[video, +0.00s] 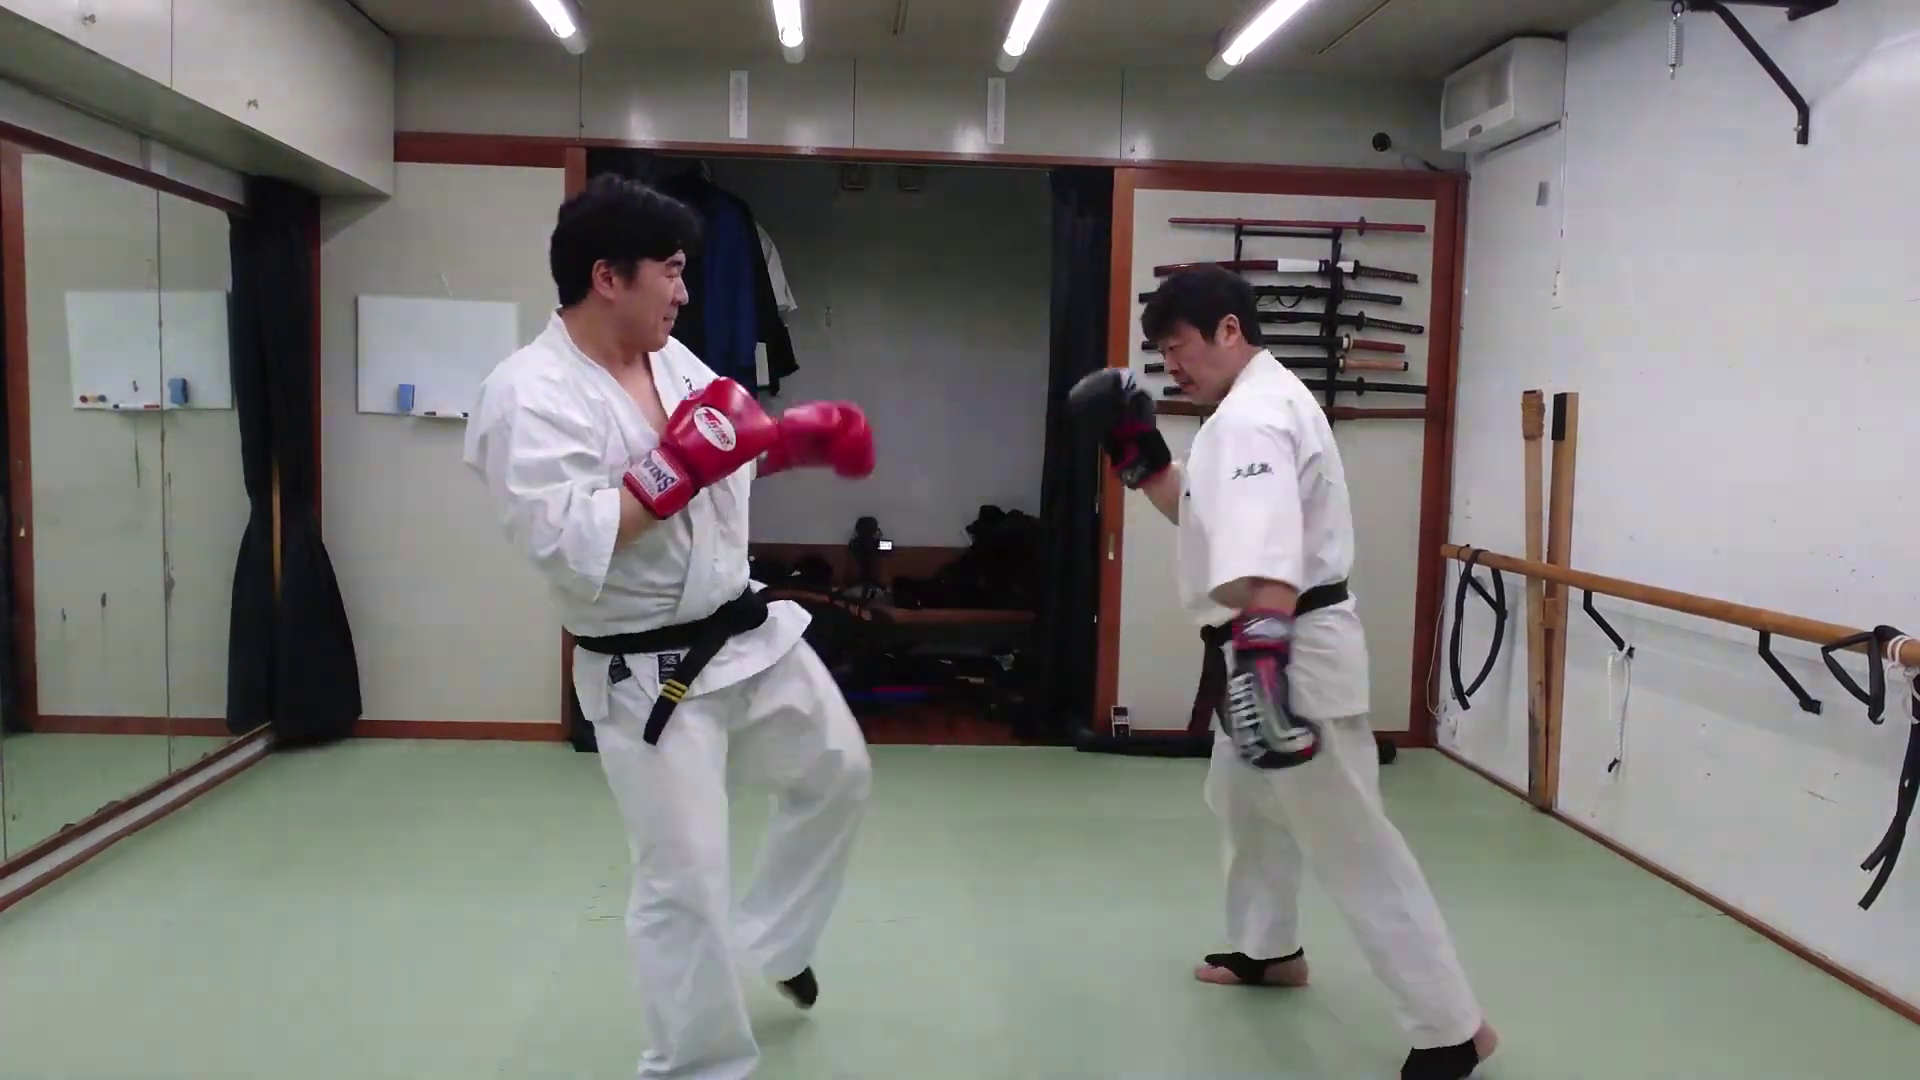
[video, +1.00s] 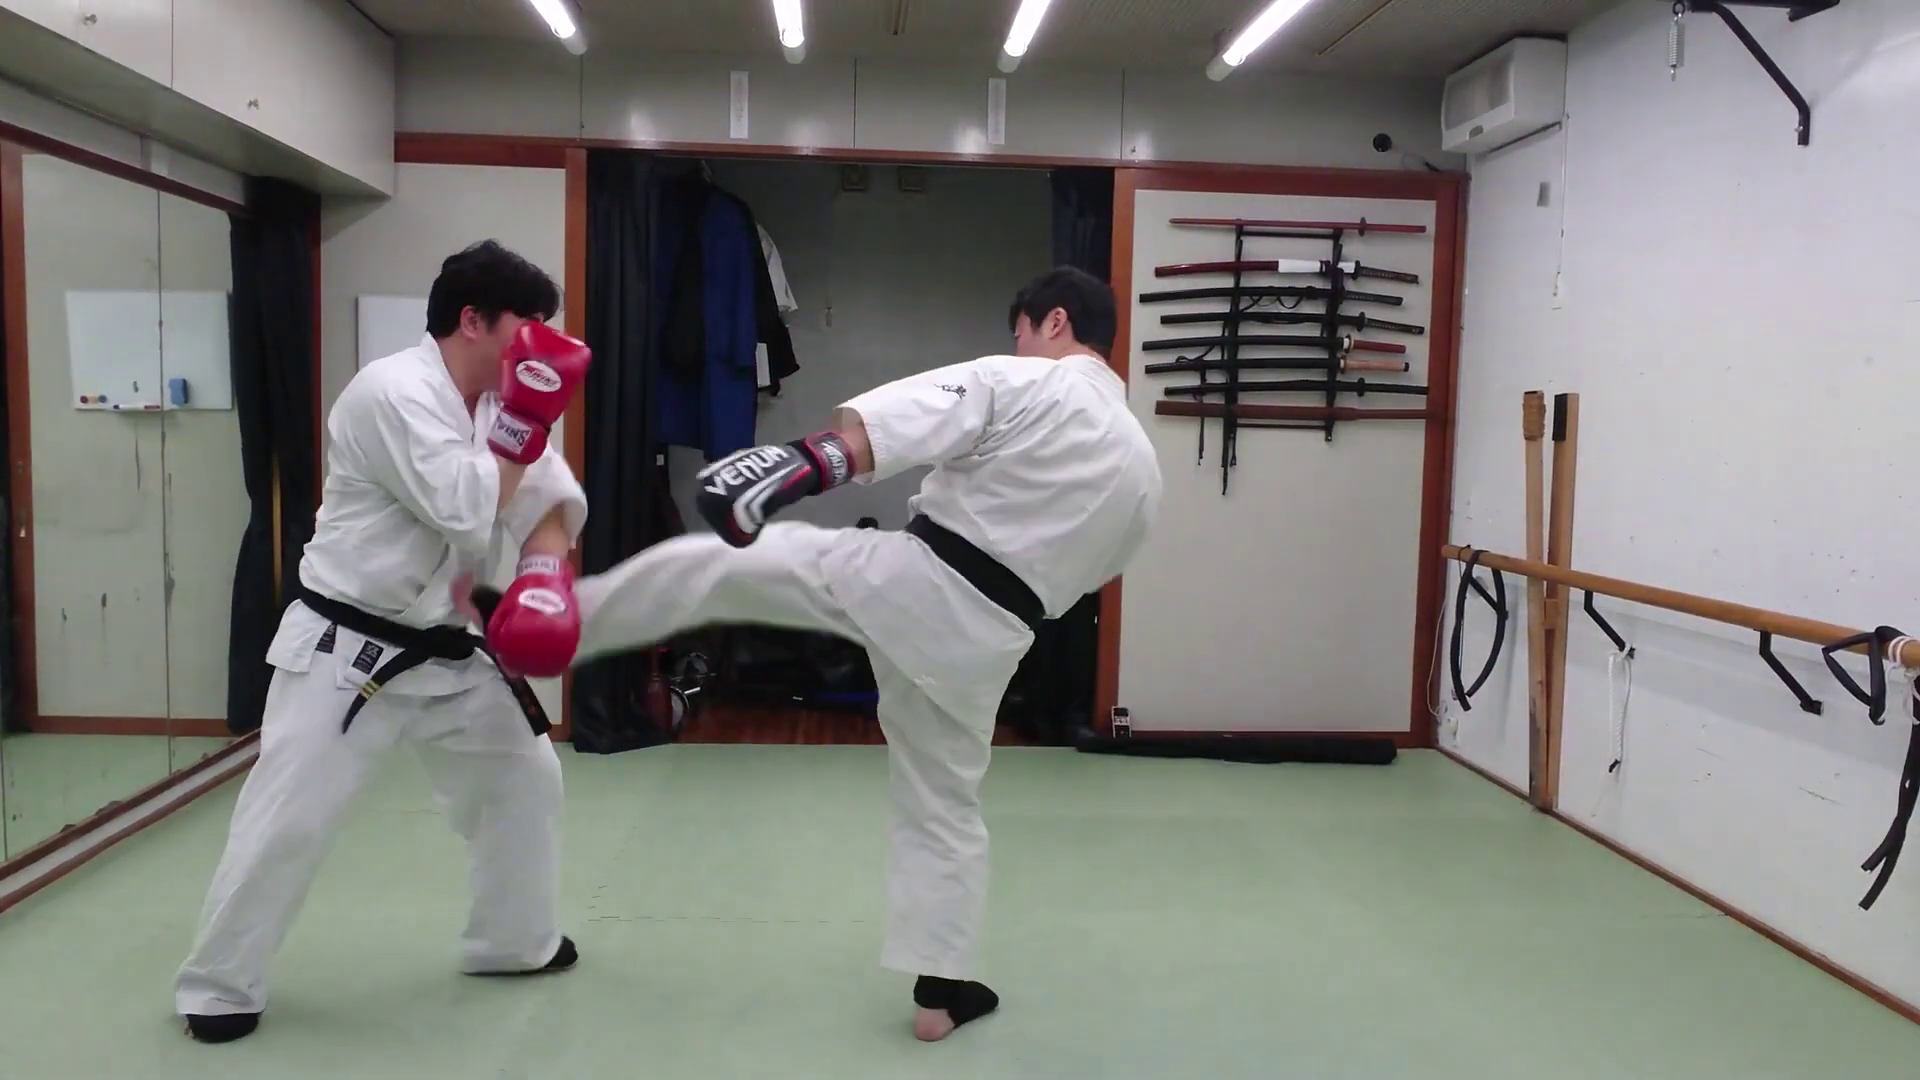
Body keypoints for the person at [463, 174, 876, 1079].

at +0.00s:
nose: (683, 293)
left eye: (683, 273)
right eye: (669, 273)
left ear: (624, 278)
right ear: (605, 278)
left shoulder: (667, 357)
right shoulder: (528, 394)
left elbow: (730, 436)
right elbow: (571, 543)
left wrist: (796, 439)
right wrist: (683, 461)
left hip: (747, 627)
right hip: (644, 667)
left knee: (837, 774)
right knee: (685, 883)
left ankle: (773, 939)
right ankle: (697, 1065)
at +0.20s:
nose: (731, 304)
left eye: (732, 286)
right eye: (717, 286)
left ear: (677, 293)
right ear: (658, 290)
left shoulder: (722, 380)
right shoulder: (569, 386)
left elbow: (771, 473)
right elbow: (610, 529)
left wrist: (806, 413)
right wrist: (703, 456)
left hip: (692, 653)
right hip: (591, 658)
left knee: (737, 813)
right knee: (625, 858)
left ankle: (725, 992)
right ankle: (639, 1051)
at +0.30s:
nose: (719, 304)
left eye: (722, 287)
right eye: (708, 285)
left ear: (663, 285)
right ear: (649, 280)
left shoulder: (697, 379)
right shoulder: (560, 369)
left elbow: (731, 472)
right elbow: (577, 505)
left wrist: (784, 468)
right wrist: (686, 469)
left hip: (664, 639)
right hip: (560, 636)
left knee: (704, 810)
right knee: (569, 823)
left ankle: (721, 988)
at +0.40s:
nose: (685, 308)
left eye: (687, 291)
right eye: (673, 289)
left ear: (628, 291)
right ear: (615, 287)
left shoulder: (653, 384)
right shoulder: (530, 371)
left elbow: (688, 489)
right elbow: (536, 509)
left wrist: (728, 523)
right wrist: (655, 487)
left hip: (638, 641)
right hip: (536, 640)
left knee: (691, 812)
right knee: (497, 822)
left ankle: (719, 988)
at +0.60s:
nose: (591, 351)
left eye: (593, 335)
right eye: (579, 332)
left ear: (538, 332)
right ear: (521, 328)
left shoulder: (555, 419)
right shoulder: (431, 414)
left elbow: (556, 527)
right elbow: (469, 553)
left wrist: (619, 526)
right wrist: (571, 493)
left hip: (531, 672)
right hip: (424, 672)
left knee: (606, 826)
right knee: (367, 834)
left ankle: (699, 970)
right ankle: (290, 966)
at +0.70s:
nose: (551, 341)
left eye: (557, 323)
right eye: (541, 321)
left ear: (499, 320)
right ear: (486, 316)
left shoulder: (499, 406)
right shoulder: (409, 400)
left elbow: (554, 498)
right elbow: (481, 524)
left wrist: (610, 461)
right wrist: (526, 441)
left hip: (482, 647)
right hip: (379, 646)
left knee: (557, 793)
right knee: (349, 812)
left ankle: (608, 963)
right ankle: (293, 973)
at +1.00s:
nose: (534, 351)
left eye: (539, 336)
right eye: (526, 332)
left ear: (483, 328)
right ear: (473, 323)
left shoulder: (496, 407)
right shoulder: (392, 389)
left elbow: (555, 507)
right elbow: (464, 516)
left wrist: (541, 576)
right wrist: (522, 431)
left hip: (448, 651)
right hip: (344, 642)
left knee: (527, 777)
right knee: (287, 819)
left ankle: (510, 942)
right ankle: (219, 987)